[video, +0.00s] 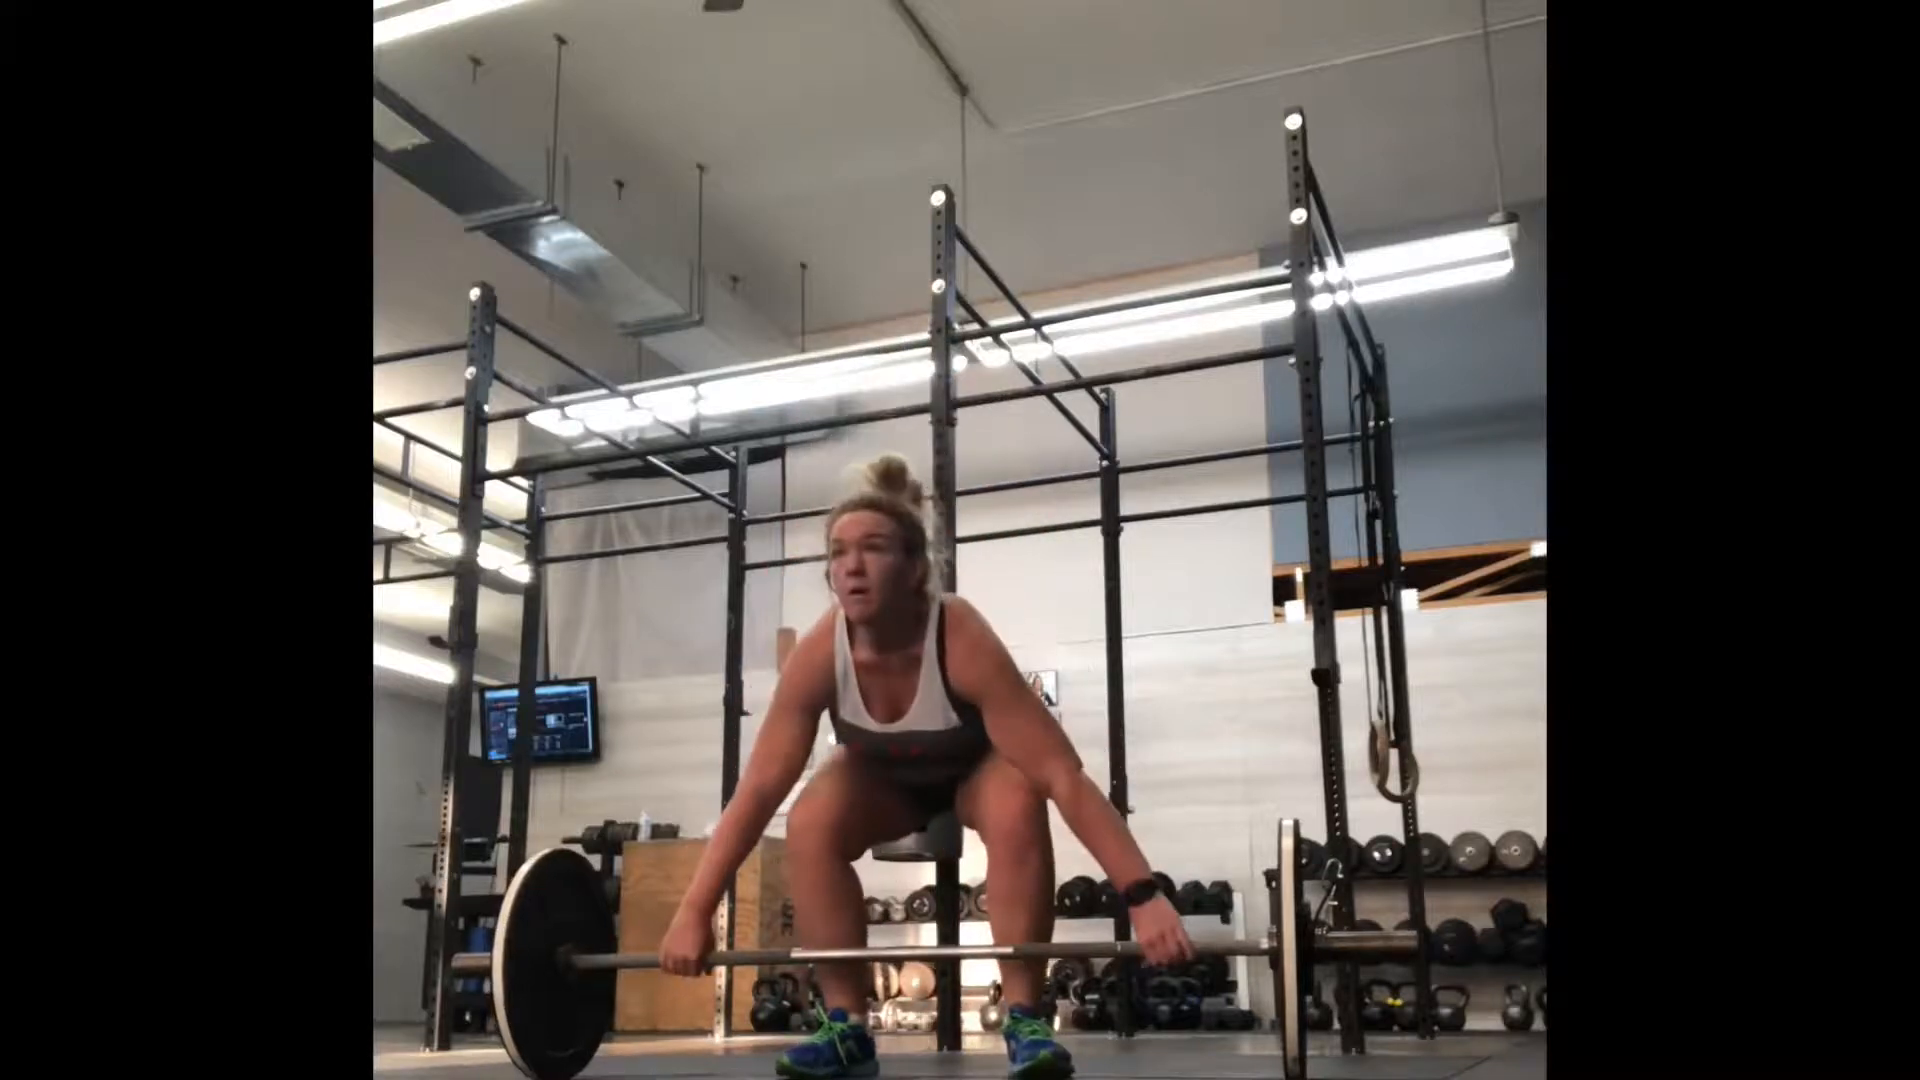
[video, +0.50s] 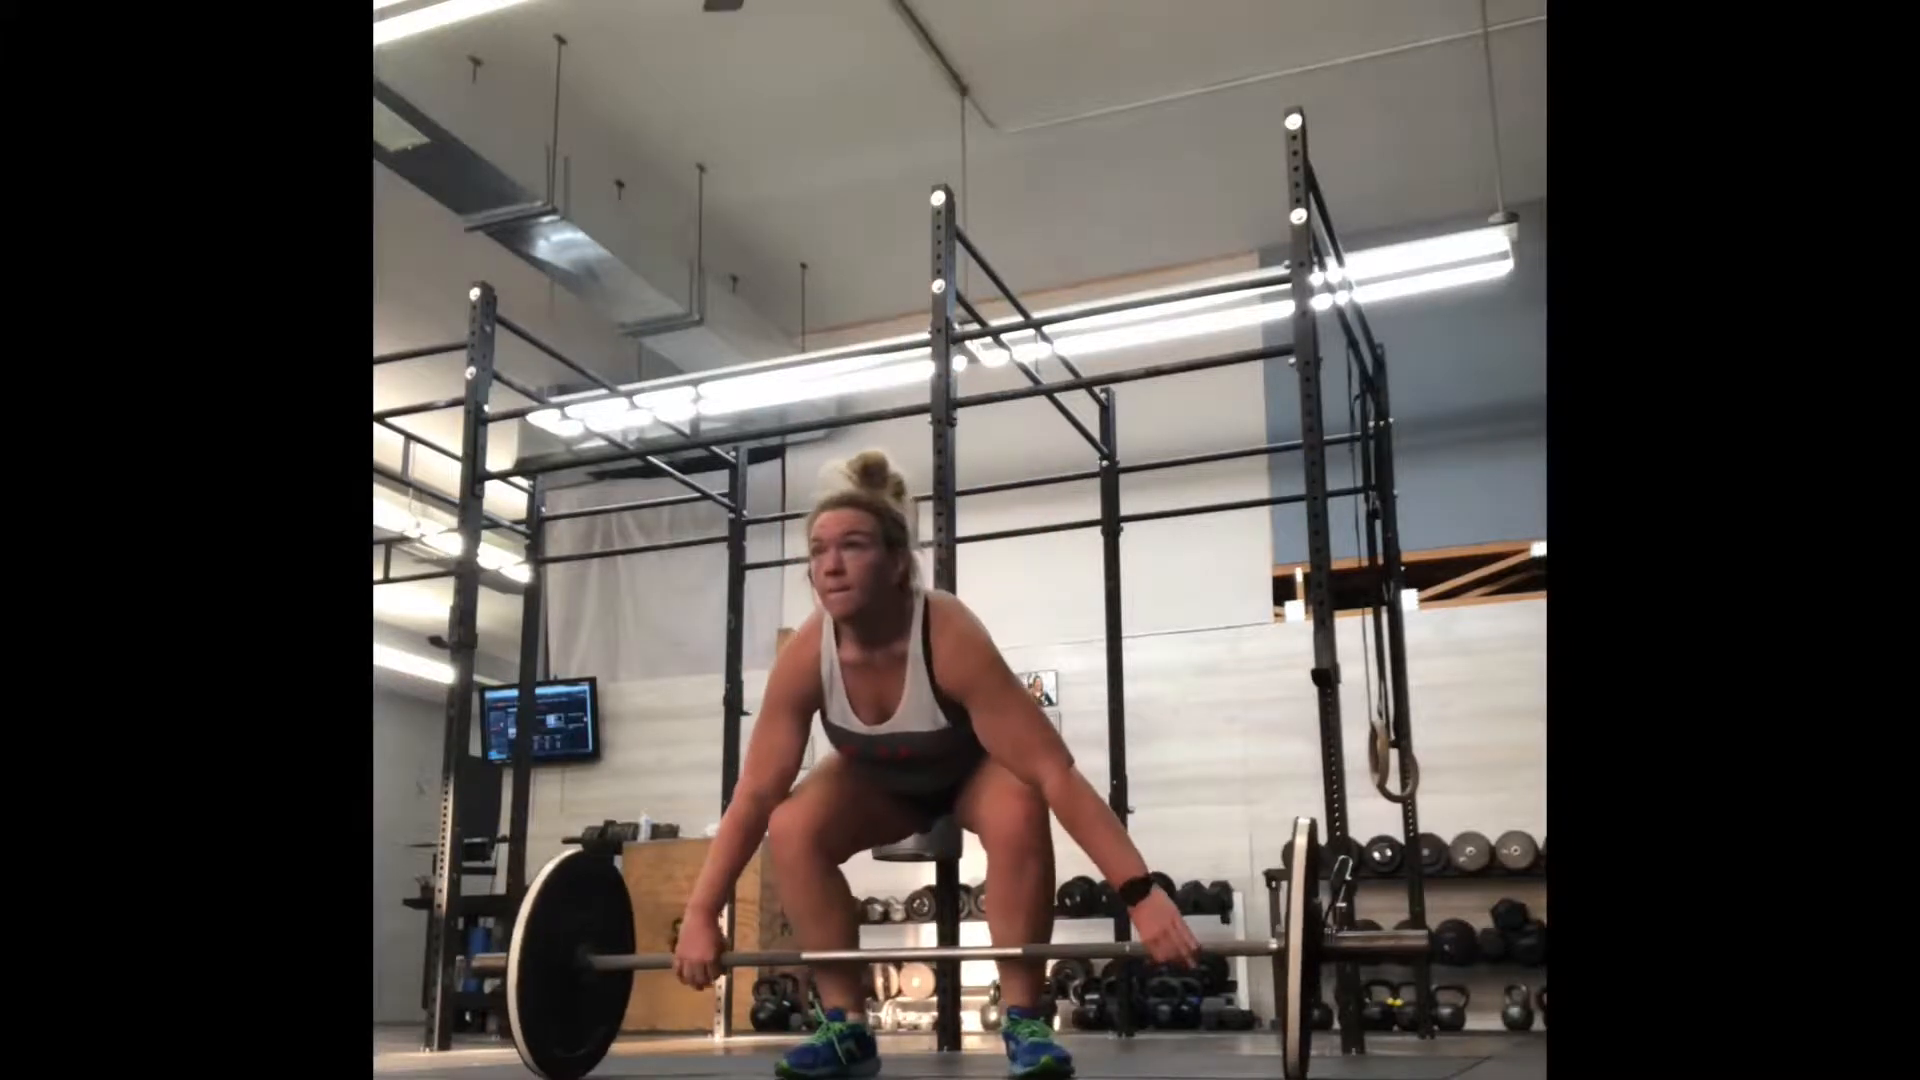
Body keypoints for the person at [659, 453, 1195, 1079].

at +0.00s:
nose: (852, 565)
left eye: (872, 548)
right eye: (839, 551)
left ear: (914, 565)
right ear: (829, 569)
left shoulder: (962, 638)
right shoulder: (818, 653)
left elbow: (1064, 776)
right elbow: (760, 788)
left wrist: (1141, 894)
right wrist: (694, 909)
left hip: (980, 764)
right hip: (881, 773)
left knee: (1017, 816)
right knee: (809, 828)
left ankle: (1026, 1017)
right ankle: (846, 1023)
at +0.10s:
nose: (848, 572)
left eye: (869, 554)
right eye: (836, 557)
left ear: (912, 567)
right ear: (824, 571)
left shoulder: (960, 637)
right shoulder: (817, 654)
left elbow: (1062, 776)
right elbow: (758, 792)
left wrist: (1141, 894)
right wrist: (695, 909)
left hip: (979, 758)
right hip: (881, 766)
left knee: (1018, 816)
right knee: (812, 826)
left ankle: (1027, 1017)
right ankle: (845, 1023)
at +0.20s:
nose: (845, 573)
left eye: (866, 556)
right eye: (833, 559)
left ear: (909, 567)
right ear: (821, 572)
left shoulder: (959, 635)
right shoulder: (815, 656)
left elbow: (1062, 775)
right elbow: (759, 791)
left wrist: (1141, 894)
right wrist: (697, 911)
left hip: (979, 757)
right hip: (881, 765)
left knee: (1018, 815)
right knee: (812, 826)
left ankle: (1026, 1018)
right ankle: (846, 1024)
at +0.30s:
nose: (840, 569)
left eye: (861, 550)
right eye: (827, 554)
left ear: (904, 563)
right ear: (816, 568)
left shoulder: (956, 632)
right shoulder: (812, 654)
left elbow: (1057, 771)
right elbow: (758, 795)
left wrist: (1139, 892)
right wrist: (699, 913)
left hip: (979, 757)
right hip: (881, 767)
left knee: (1016, 813)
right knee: (807, 826)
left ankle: (1024, 1018)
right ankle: (846, 1027)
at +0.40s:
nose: (837, 564)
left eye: (858, 545)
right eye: (824, 549)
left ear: (900, 560)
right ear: (814, 564)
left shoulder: (952, 630)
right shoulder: (808, 653)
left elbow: (1055, 769)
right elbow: (758, 794)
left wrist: (1139, 890)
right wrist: (701, 910)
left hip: (978, 761)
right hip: (879, 770)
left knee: (1015, 815)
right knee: (801, 828)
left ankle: (1023, 1018)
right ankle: (846, 1024)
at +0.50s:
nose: (830, 563)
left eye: (853, 544)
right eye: (818, 548)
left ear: (898, 561)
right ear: (810, 565)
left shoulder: (950, 635)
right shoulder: (805, 656)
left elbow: (1054, 771)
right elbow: (757, 794)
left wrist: (1140, 891)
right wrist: (701, 910)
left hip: (975, 773)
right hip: (876, 779)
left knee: (1018, 816)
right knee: (791, 831)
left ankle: (1023, 1019)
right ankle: (846, 1025)